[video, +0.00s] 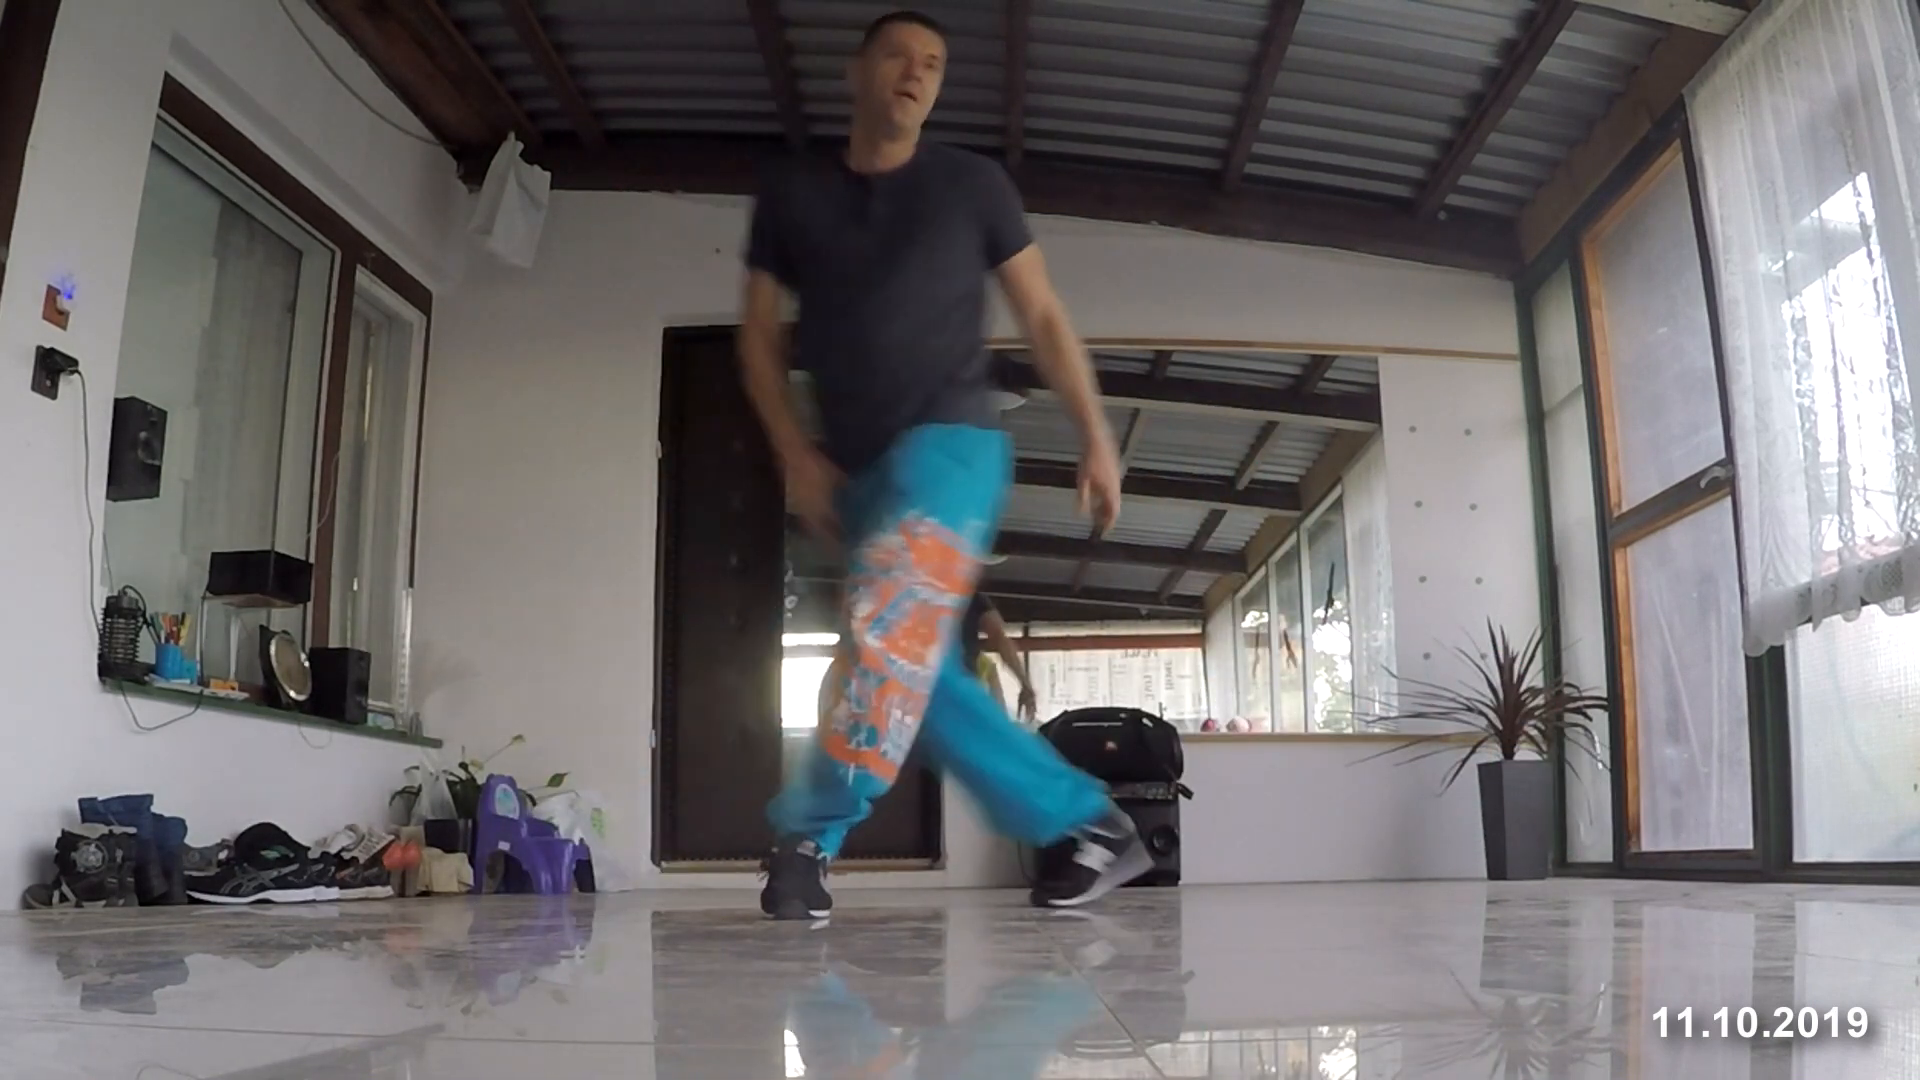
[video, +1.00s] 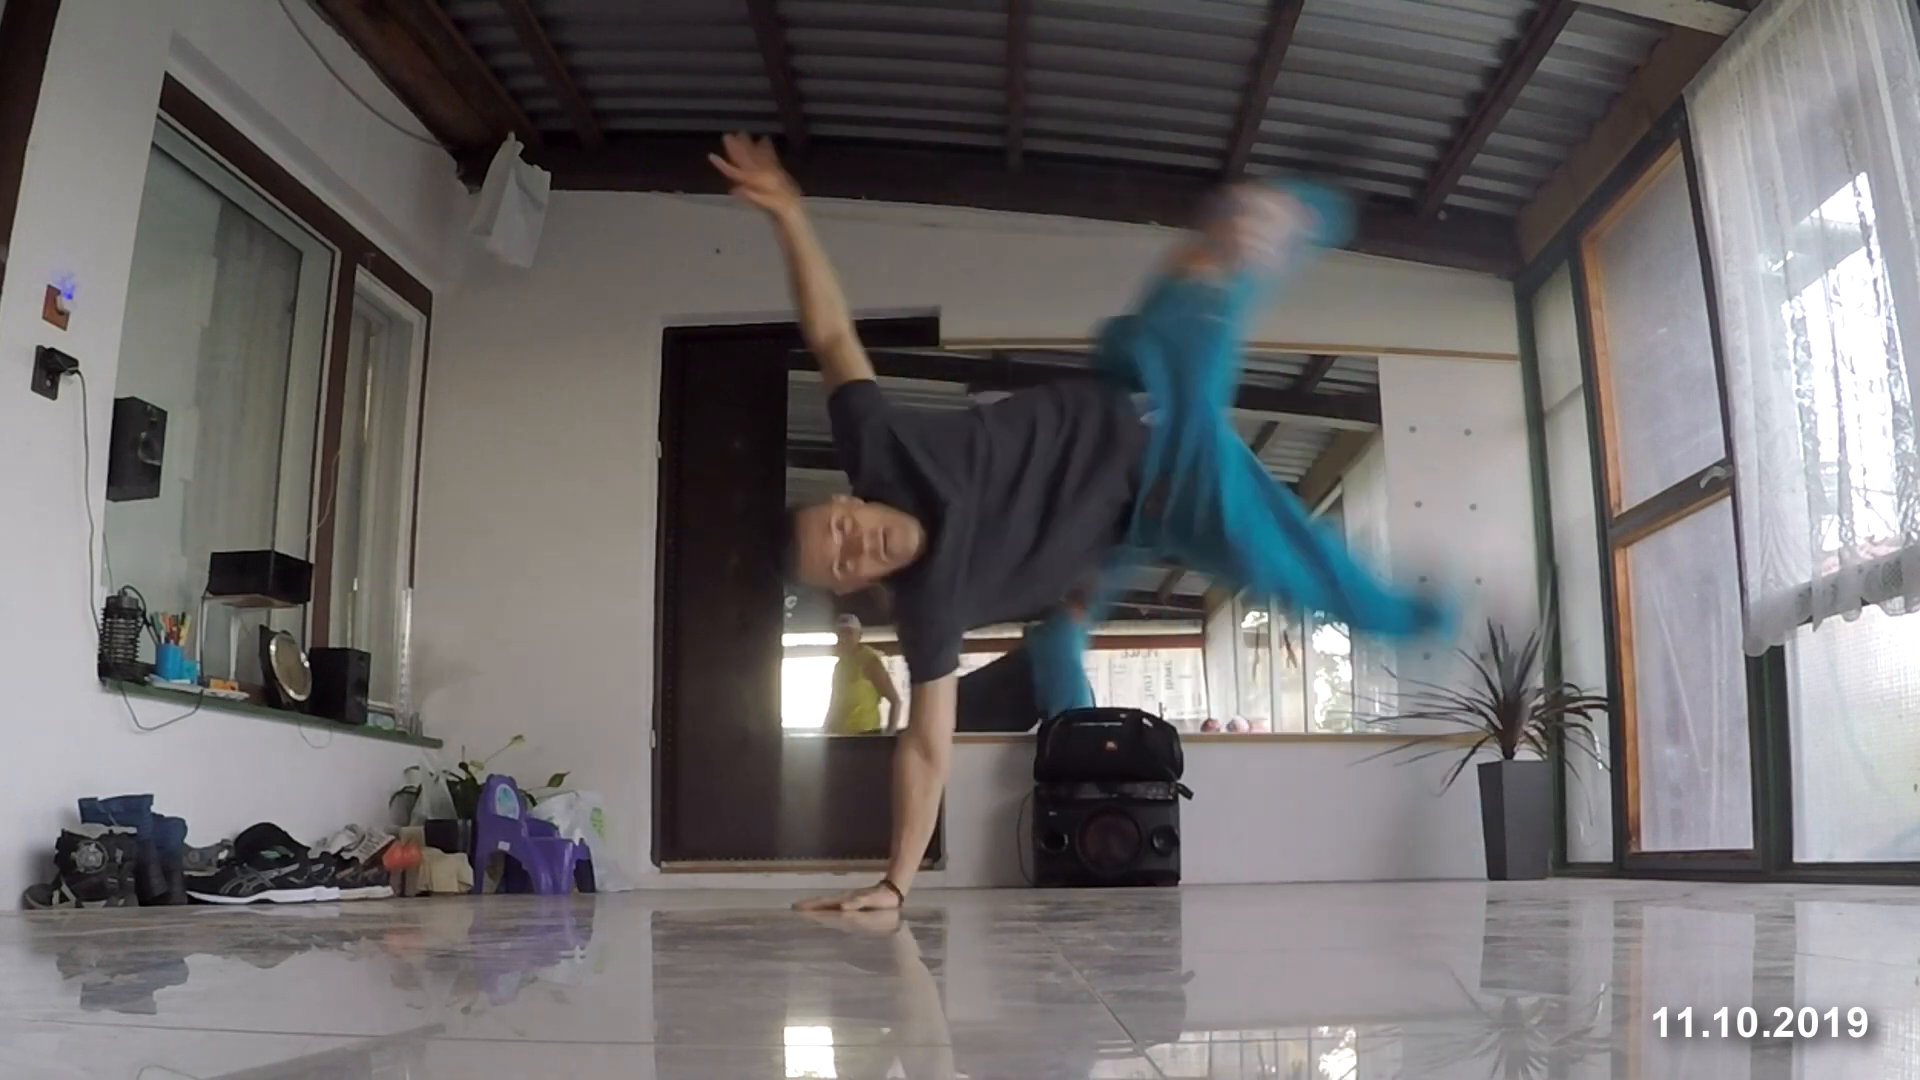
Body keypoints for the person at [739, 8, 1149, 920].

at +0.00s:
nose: (916, 76)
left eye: (931, 69)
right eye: (900, 59)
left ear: (941, 94)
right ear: (854, 74)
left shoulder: (973, 185)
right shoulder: (796, 191)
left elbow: (1044, 317)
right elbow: (758, 339)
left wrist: (1097, 437)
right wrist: (794, 453)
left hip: (952, 437)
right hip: (855, 458)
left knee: (886, 630)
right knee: (911, 658)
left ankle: (805, 841)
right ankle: (1082, 824)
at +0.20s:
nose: (874, 129)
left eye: (885, 115)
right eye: (853, 126)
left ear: (915, 134)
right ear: (837, 166)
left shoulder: (1001, 169)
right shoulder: (862, 282)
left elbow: (1140, 172)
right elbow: (865, 419)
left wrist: (1262, 171)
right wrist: (916, 519)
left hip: (1082, 423)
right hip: (1001, 462)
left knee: (981, 590)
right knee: (971, 652)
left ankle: (973, 817)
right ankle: (1113, 846)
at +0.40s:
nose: (905, 85)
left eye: (914, 64)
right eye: (886, 79)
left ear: (951, 62)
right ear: (878, 100)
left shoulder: (1026, 105)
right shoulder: (901, 218)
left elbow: (1154, 69)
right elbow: (944, 350)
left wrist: (1106, 1)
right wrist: (1001, 446)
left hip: (1130, 333)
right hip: (1059, 401)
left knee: (1175, 465)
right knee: (1096, 603)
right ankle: (1171, 805)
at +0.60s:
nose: (911, 176)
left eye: (915, 151)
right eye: (891, 173)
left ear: (949, 134)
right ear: (885, 191)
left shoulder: (1033, 179)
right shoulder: (931, 299)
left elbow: (1170, 249)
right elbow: (955, 447)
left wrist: (1106, 309)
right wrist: (982, 580)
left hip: (1214, 385)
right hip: (1138, 459)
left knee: (1308, 543)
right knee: (1239, 640)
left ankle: (1393, 744)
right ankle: (1355, 815)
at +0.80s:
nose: (877, 479)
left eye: (863, 460)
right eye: (859, 493)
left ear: (880, 428)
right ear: (868, 517)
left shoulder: (961, 377)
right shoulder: (958, 574)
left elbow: (997, 266)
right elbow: (923, 720)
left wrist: (1017, 182)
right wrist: (872, 861)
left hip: (1249, 433)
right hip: (1205, 542)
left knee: (1416, 543)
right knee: (1263, 703)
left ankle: (1554, 630)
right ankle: (1380, 847)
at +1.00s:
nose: (861, 538)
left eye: (840, 525)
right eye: (847, 562)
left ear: (838, 494)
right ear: (857, 588)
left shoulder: (879, 445)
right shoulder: (936, 607)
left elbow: (828, 328)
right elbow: (927, 748)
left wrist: (785, 208)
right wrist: (894, 888)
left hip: (1134, 393)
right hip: (1169, 495)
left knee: (1205, 297)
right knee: (1315, 584)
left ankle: (1275, 219)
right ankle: (1435, 615)